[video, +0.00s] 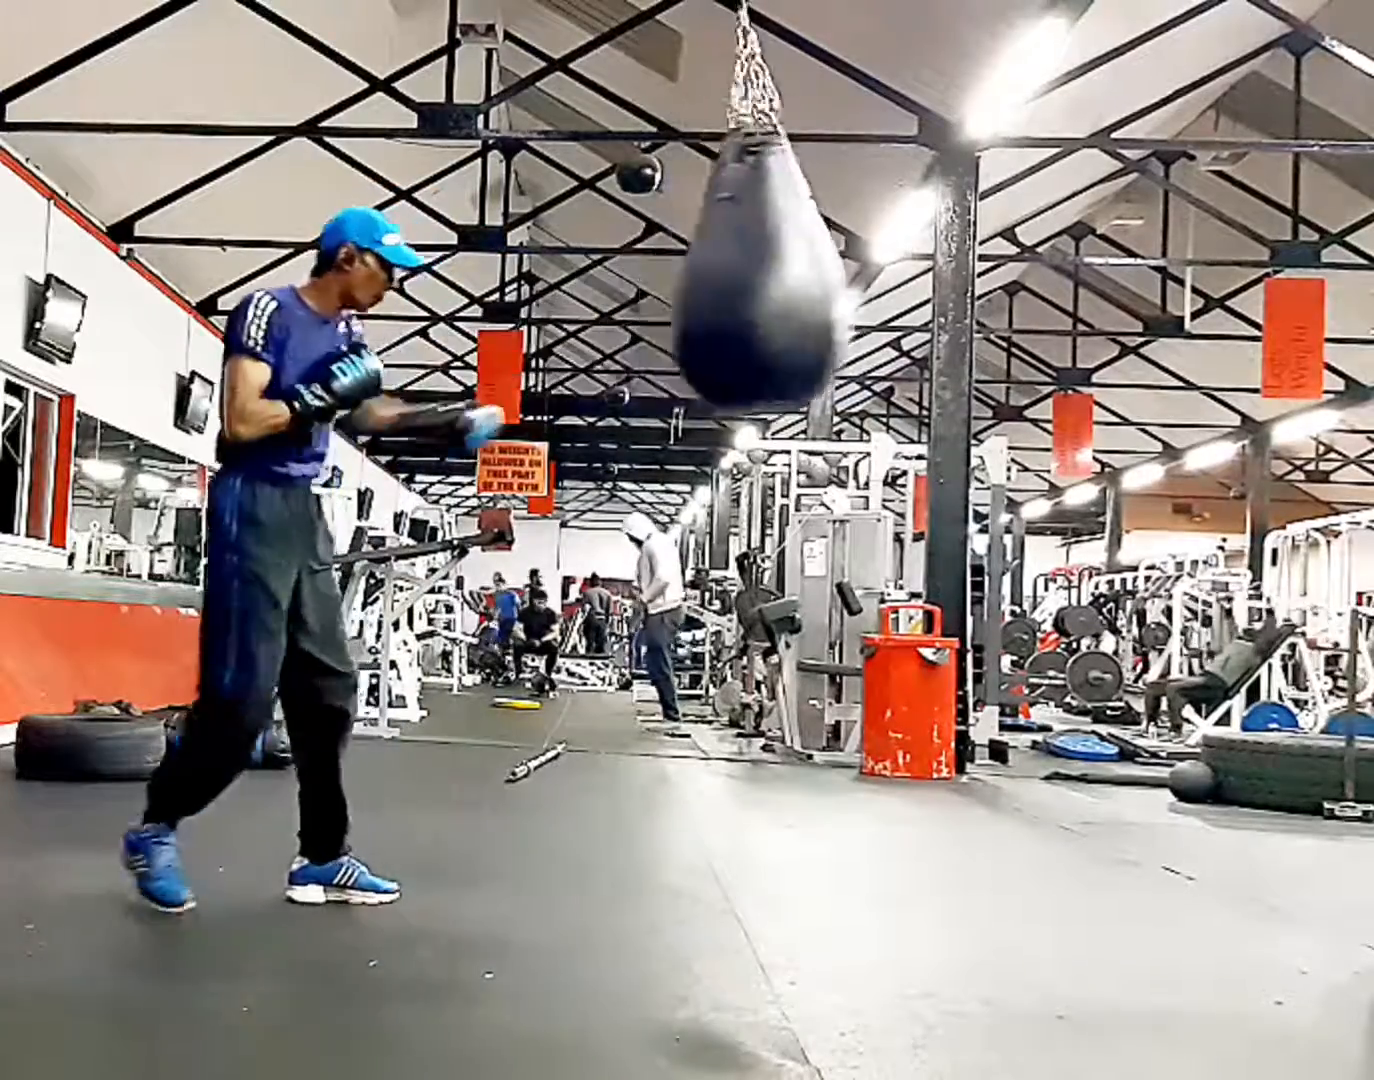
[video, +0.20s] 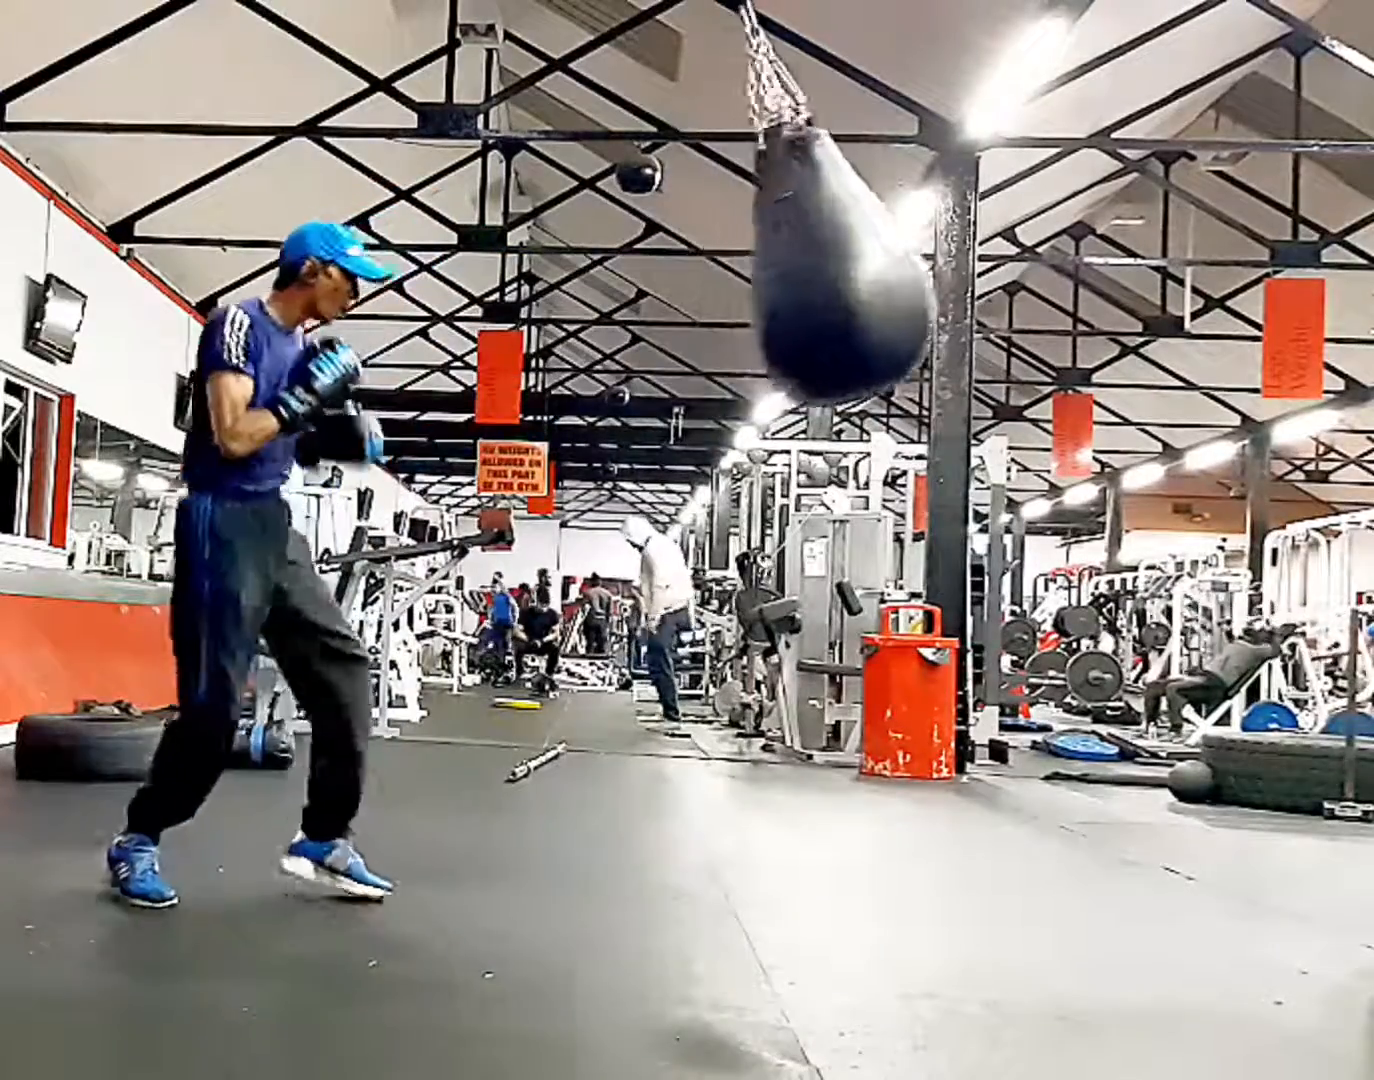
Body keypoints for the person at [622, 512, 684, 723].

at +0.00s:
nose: (630, 541)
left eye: (630, 536)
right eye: (629, 537)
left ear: (637, 532)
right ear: (644, 528)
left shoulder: (656, 544)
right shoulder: (652, 545)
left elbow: (663, 577)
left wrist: (644, 598)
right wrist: (640, 593)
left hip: (663, 610)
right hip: (657, 609)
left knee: (659, 662)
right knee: (657, 662)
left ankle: (671, 713)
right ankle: (669, 711)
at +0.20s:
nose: (632, 546)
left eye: (631, 541)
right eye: (629, 542)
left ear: (638, 536)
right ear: (646, 530)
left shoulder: (654, 551)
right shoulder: (666, 544)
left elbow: (659, 586)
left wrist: (653, 616)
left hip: (666, 613)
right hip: (679, 609)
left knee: (659, 661)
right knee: (659, 659)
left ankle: (671, 711)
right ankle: (669, 707)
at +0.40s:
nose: (634, 546)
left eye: (633, 541)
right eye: (632, 542)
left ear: (640, 536)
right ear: (648, 529)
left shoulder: (656, 551)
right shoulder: (669, 544)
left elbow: (665, 585)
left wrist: (674, 615)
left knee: (660, 662)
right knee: (665, 661)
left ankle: (674, 713)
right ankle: (676, 710)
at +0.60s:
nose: (641, 551)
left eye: (640, 546)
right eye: (638, 547)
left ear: (647, 541)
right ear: (650, 536)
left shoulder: (663, 555)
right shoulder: (664, 551)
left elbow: (681, 585)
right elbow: (658, 583)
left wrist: (692, 612)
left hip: (668, 619)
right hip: (672, 617)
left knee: (659, 665)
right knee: (673, 665)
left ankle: (673, 714)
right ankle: (688, 715)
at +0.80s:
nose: (645, 558)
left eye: (644, 554)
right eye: (643, 555)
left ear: (650, 548)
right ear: (655, 541)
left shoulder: (669, 562)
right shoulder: (671, 556)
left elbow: (686, 594)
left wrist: (694, 621)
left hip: (668, 625)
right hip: (676, 622)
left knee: (664, 669)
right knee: (675, 667)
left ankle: (672, 713)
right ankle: (689, 715)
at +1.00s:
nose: (647, 563)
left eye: (646, 558)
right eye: (645, 559)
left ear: (652, 553)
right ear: (659, 545)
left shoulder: (672, 568)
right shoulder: (673, 560)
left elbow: (690, 599)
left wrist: (696, 621)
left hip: (671, 626)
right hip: (676, 623)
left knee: (654, 663)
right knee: (673, 667)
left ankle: (672, 710)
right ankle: (688, 714)